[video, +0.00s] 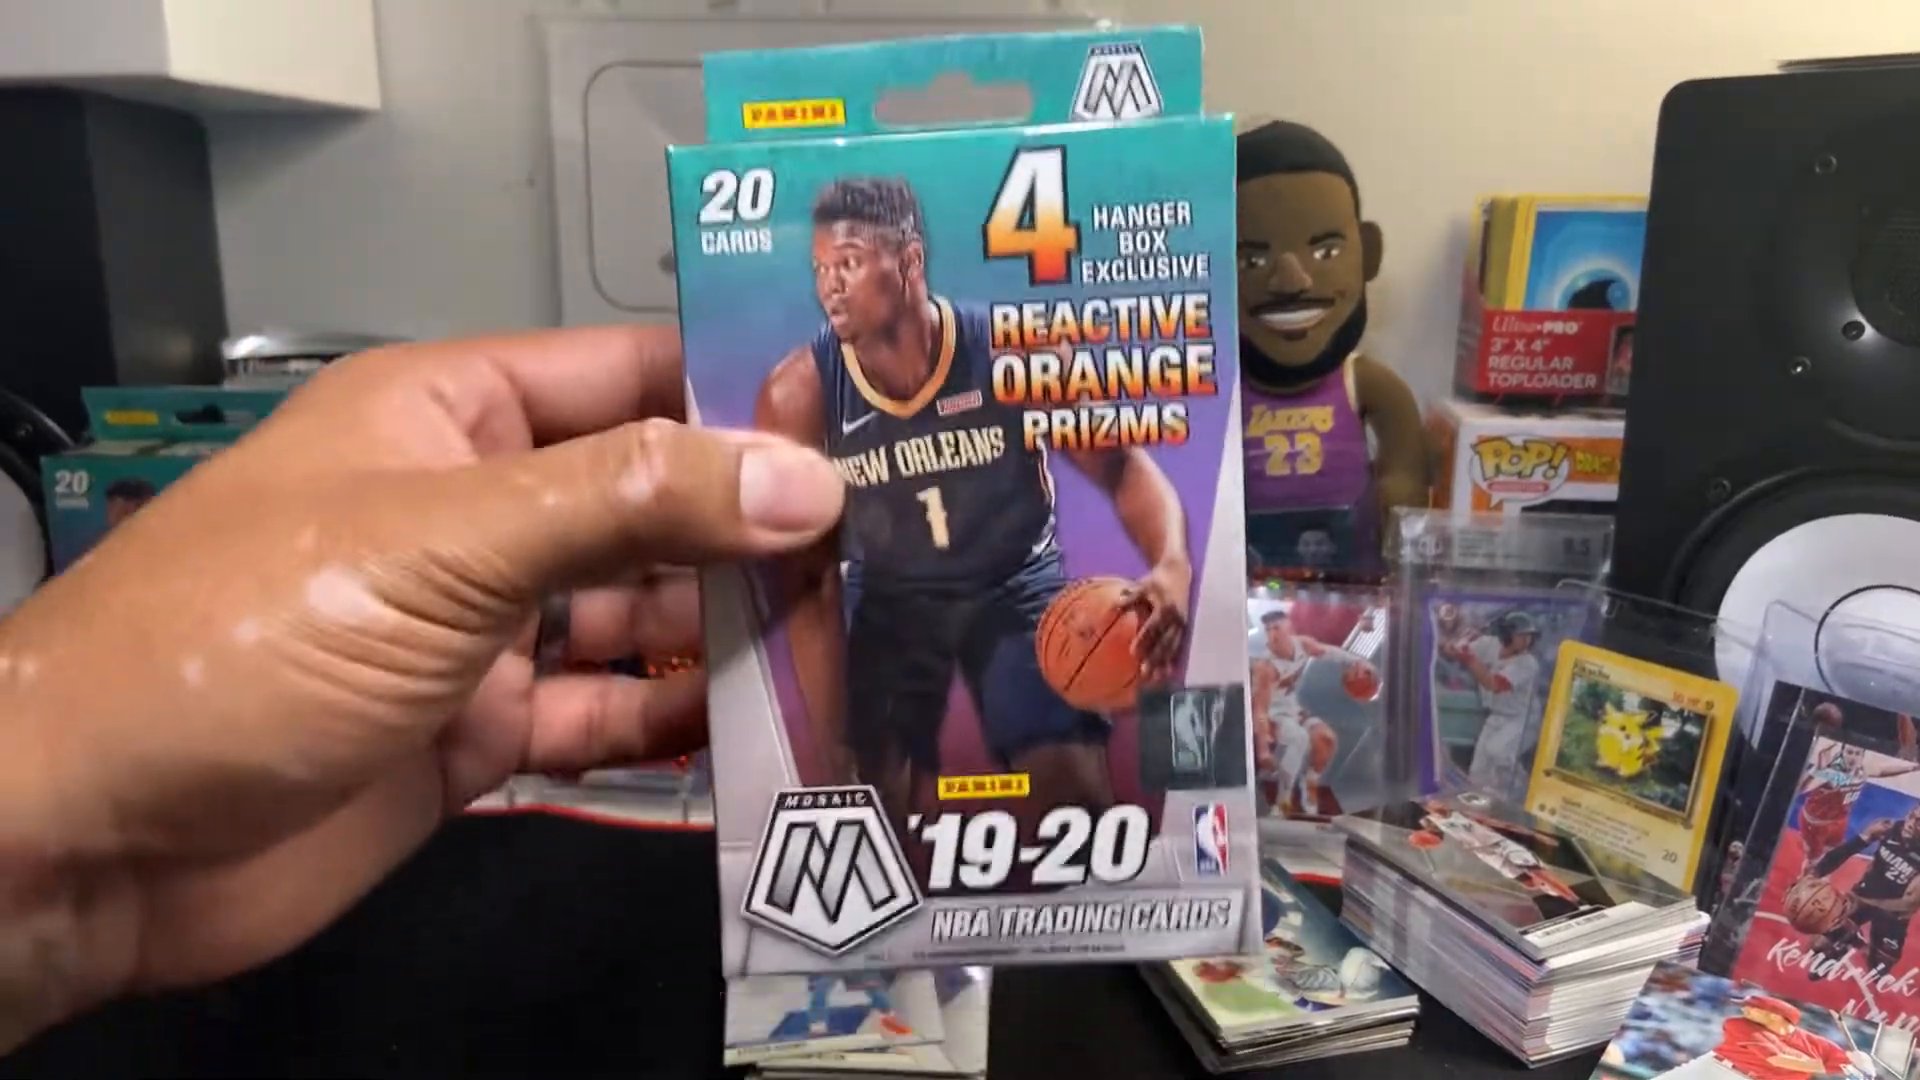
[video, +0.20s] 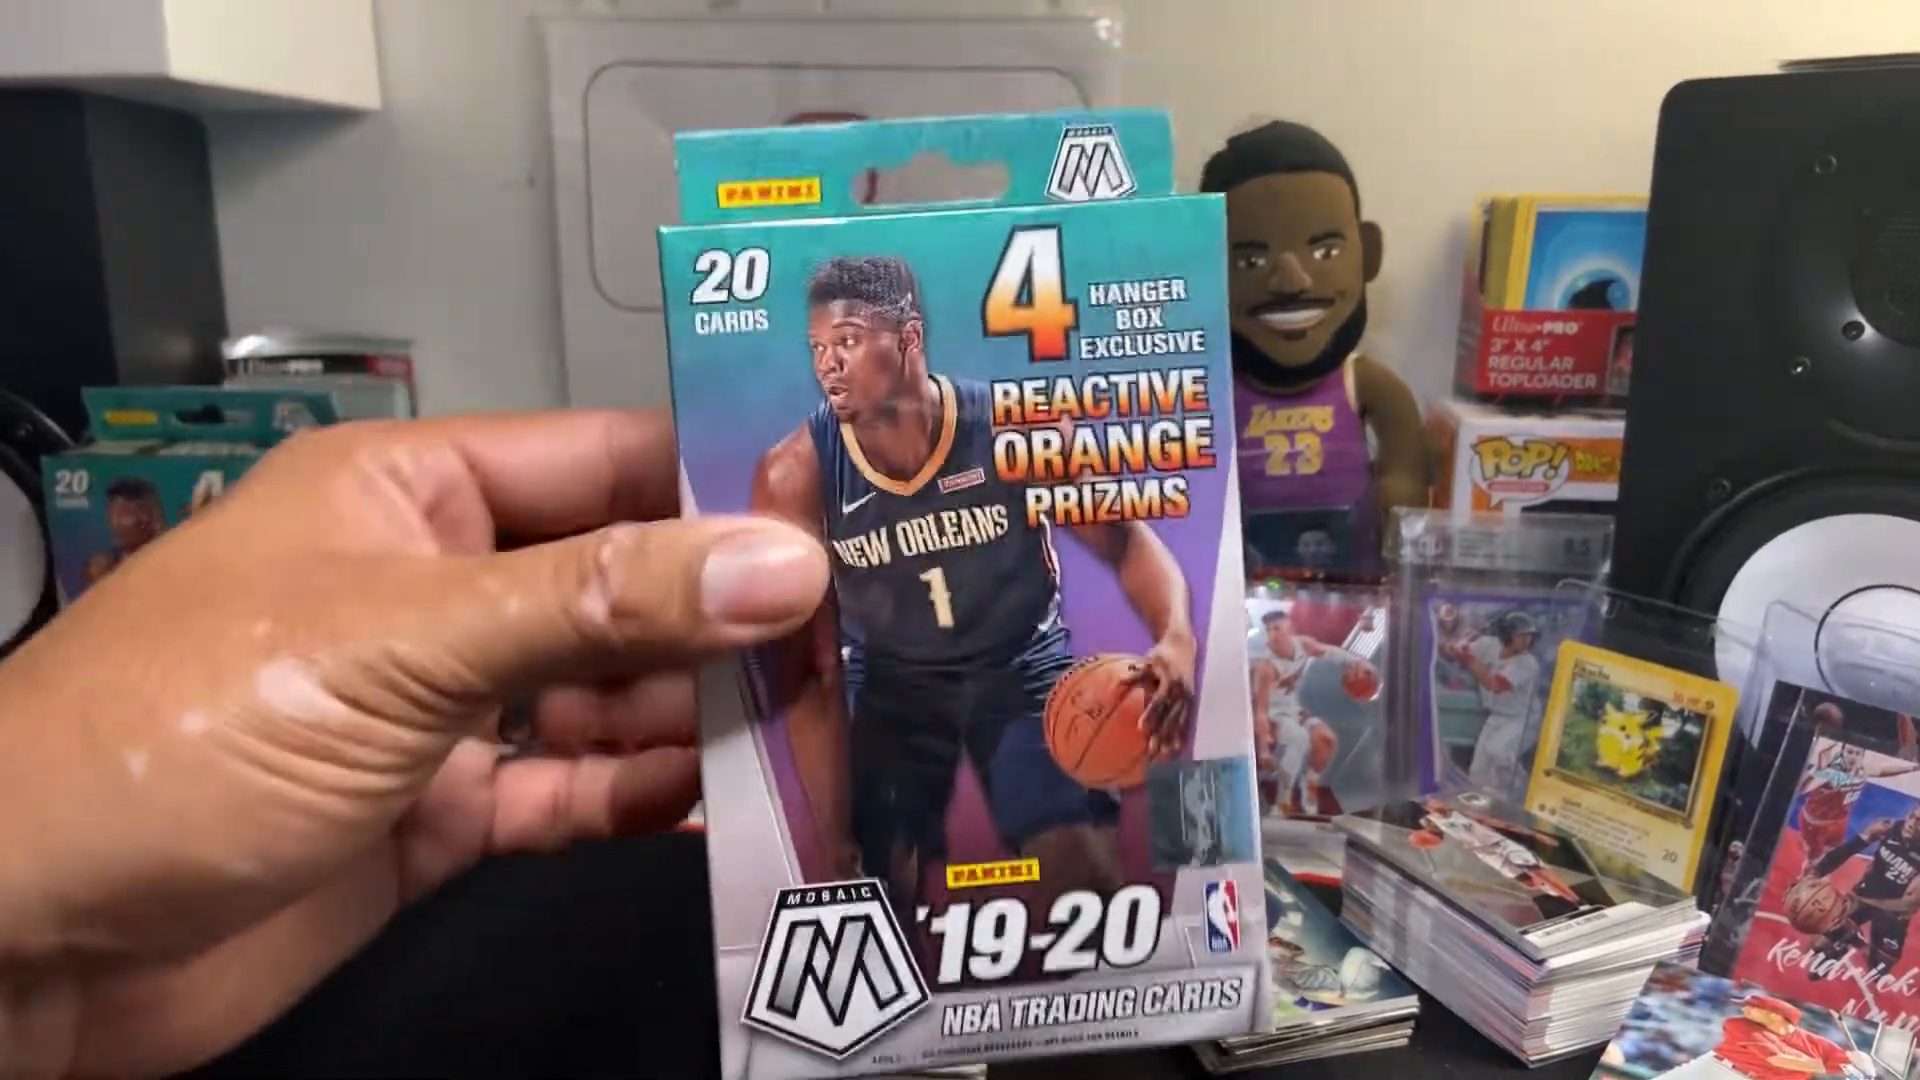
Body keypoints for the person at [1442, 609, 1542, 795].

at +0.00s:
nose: (1527, 641)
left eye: (1529, 636)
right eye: (1522, 636)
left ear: (1532, 638)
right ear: (1509, 636)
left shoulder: (1528, 663)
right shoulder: (1490, 645)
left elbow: (1496, 684)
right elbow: (1460, 651)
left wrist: (1470, 661)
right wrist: (1447, 648)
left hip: (1519, 722)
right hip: (1495, 718)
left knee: (1496, 751)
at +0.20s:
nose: (1527, 641)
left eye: (1529, 636)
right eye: (1522, 636)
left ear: (1532, 638)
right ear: (1509, 636)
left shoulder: (1528, 663)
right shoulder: (1490, 646)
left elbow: (1496, 685)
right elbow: (1460, 652)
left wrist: (1470, 661)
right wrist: (1447, 648)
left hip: (1520, 722)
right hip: (1496, 718)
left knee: (1496, 750)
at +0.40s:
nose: (1527, 641)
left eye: (1529, 637)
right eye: (1522, 636)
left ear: (1532, 638)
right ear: (1509, 636)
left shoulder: (1528, 663)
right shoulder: (1490, 645)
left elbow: (1496, 685)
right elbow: (1457, 651)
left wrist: (1470, 660)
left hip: (1520, 721)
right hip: (1496, 717)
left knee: (1496, 751)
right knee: (1479, 765)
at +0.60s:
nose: (1527, 642)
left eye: (1529, 637)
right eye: (1522, 637)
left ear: (1532, 639)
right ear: (1509, 636)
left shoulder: (1528, 663)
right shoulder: (1490, 645)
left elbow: (1496, 685)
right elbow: (1458, 651)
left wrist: (1470, 660)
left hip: (1517, 722)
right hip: (1495, 717)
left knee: (1497, 753)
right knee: (1479, 764)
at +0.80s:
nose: (1527, 642)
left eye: (1529, 637)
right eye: (1522, 636)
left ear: (1532, 639)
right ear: (1509, 636)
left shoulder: (1528, 663)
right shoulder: (1490, 646)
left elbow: (1496, 685)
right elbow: (1461, 650)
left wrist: (1470, 660)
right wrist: (1447, 646)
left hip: (1517, 722)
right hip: (1495, 717)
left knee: (1496, 752)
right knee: (1480, 762)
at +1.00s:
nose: (1528, 642)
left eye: (1531, 637)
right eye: (1523, 636)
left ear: (1533, 639)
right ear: (1510, 635)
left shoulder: (1529, 663)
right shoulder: (1491, 645)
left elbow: (1496, 684)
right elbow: (1460, 650)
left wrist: (1471, 659)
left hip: (1518, 722)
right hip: (1495, 717)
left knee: (1497, 752)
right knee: (1482, 755)